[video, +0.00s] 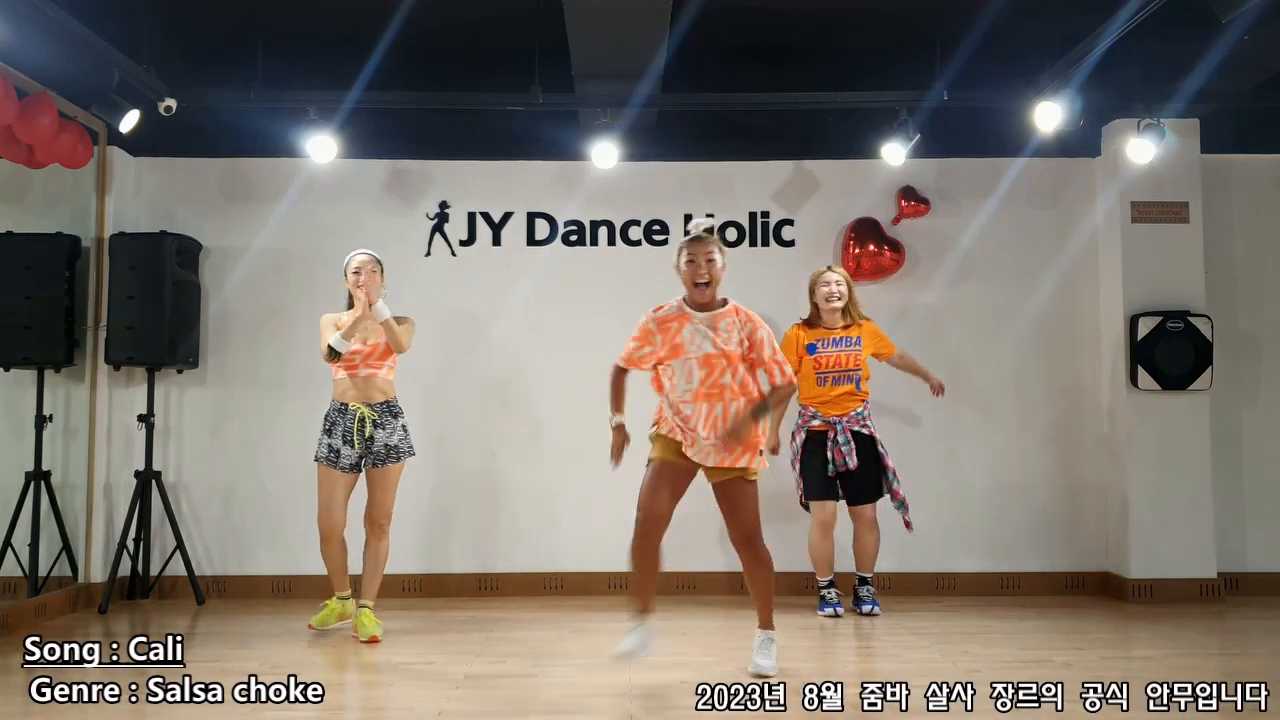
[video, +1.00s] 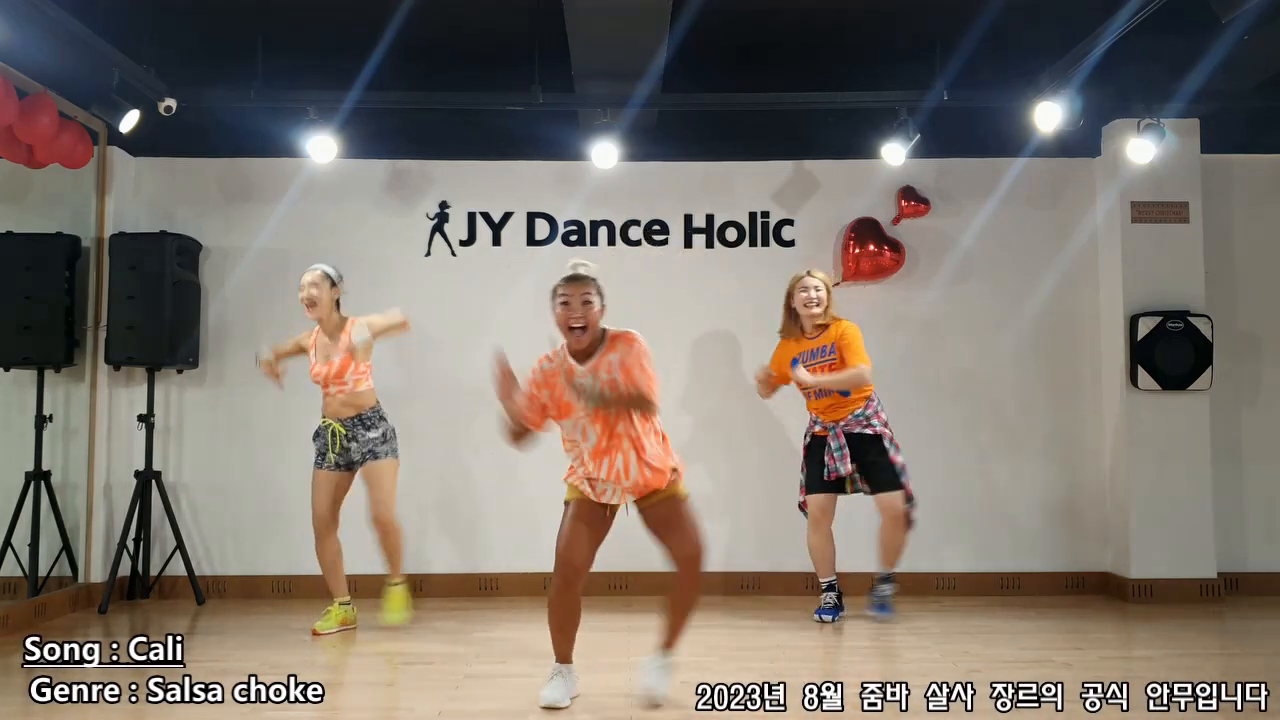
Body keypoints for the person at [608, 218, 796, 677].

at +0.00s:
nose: (701, 269)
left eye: (710, 260)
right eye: (692, 261)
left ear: (723, 268)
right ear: (679, 269)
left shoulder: (746, 323)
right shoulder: (662, 321)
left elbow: (786, 383)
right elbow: (621, 368)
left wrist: (750, 416)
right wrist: (618, 421)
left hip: (733, 440)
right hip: (677, 434)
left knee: (748, 541)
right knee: (647, 523)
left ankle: (766, 635)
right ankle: (643, 621)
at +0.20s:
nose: (667, 292)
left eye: (676, 283)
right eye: (657, 284)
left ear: (690, 291)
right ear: (645, 293)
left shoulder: (717, 346)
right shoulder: (627, 346)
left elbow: (760, 401)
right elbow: (584, 400)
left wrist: (717, 388)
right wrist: (595, 399)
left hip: (703, 472)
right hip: (644, 468)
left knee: (729, 559)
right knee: (614, 559)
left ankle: (765, 639)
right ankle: (590, 669)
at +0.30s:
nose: (648, 289)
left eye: (657, 280)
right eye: (638, 280)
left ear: (672, 289)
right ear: (626, 289)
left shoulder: (695, 348)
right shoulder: (605, 346)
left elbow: (704, 420)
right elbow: (588, 412)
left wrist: (662, 431)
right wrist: (618, 430)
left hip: (677, 466)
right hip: (619, 465)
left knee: (714, 567)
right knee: (599, 559)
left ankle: (714, 597)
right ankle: (588, 668)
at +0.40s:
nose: (638, 288)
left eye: (648, 280)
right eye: (628, 280)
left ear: (662, 289)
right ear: (616, 291)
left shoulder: (684, 350)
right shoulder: (594, 349)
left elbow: (689, 419)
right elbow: (578, 420)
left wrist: (662, 439)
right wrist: (608, 444)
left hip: (663, 466)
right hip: (604, 466)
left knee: (692, 551)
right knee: (594, 556)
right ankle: (587, 669)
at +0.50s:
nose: (633, 276)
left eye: (642, 266)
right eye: (623, 267)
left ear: (657, 272)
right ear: (611, 274)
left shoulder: (681, 333)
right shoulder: (590, 332)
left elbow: (713, 394)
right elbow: (552, 393)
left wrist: (687, 388)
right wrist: (577, 400)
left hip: (656, 448)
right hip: (599, 449)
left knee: (677, 529)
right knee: (592, 554)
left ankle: (629, 593)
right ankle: (586, 668)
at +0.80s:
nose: (613, 303)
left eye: (623, 292)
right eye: (603, 293)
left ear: (638, 299)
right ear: (591, 303)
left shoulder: (662, 339)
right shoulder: (577, 352)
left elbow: (719, 366)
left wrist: (689, 353)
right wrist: (545, 364)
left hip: (651, 474)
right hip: (592, 473)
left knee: (663, 569)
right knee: (566, 556)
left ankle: (642, 669)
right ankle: (570, 656)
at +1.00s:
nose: (576, 310)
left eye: (586, 300)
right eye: (566, 302)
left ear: (602, 308)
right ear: (554, 312)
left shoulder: (627, 346)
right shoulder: (547, 369)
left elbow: (647, 400)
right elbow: (520, 435)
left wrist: (595, 395)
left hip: (649, 468)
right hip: (592, 475)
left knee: (691, 556)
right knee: (566, 569)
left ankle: (663, 657)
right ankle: (562, 670)